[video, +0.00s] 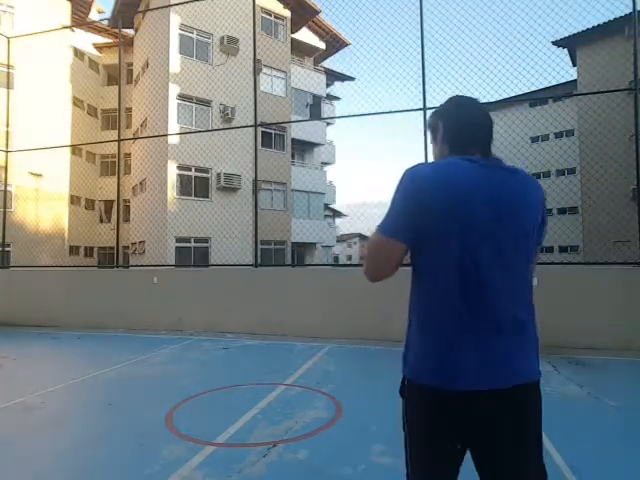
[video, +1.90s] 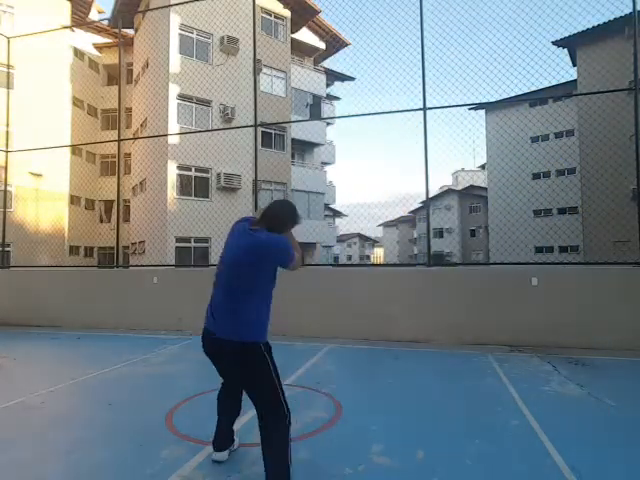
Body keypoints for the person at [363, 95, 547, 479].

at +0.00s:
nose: (433, 145)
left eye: (433, 136)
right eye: (433, 137)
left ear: (441, 136)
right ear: (488, 137)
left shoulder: (421, 180)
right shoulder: (529, 188)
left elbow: (376, 267)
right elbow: (524, 263)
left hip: (436, 385)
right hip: (513, 385)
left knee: (429, 473)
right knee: (521, 474)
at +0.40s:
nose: (416, 161)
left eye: (416, 152)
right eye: (416, 152)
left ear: (424, 153)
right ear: (466, 156)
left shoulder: (400, 194)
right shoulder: (497, 210)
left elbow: (356, 269)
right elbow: (480, 269)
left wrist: (388, 229)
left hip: (404, 383)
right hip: (475, 385)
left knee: (371, 473)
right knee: (488, 474)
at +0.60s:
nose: (372, 167)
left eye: (373, 160)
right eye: (373, 160)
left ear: (380, 163)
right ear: (416, 164)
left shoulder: (360, 208)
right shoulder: (443, 214)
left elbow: (323, 276)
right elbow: (434, 266)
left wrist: (346, 245)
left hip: (367, 374)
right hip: (430, 373)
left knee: (339, 470)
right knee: (445, 471)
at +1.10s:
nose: (349, 188)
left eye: (350, 183)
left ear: (352, 186)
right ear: (389, 191)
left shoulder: (325, 216)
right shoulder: (406, 227)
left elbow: (297, 279)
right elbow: (400, 290)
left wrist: (329, 261)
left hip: (325, 354)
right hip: (378, 357)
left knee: (297, 427)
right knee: (391, 452)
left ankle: (295, 477)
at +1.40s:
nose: (343, 199)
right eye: (345, 194)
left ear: (310, 193)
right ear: (343, 196)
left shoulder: (283, 223)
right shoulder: (355, 231)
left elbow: (266, 276)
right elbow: (350, 278)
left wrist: (297, 255)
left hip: (285, 352)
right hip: (335, 354)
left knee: (270, 432)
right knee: (355, 438)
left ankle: (259, 476)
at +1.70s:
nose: (314, 214)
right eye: (314, 209)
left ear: (284, 203)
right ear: (313, 210)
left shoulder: (251, 231)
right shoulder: (317, 239)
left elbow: (241, 273)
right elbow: (318, 275)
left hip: (253, 340)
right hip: (294, 344)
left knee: (250, 393)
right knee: (307, 418)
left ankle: (229, 459)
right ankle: (305, 475)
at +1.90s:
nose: (288, 232)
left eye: (289, 229)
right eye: (289, 229)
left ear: (264, 215)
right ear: (282, 226)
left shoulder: (239, 229)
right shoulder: (274, 245)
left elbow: (257, 219)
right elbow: (295, 260)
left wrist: (273, 220)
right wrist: (285, 231)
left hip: (214, 339)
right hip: (247, 345)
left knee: (231, 385)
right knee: (275, 415)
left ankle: (222, 445)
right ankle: (278, 474)